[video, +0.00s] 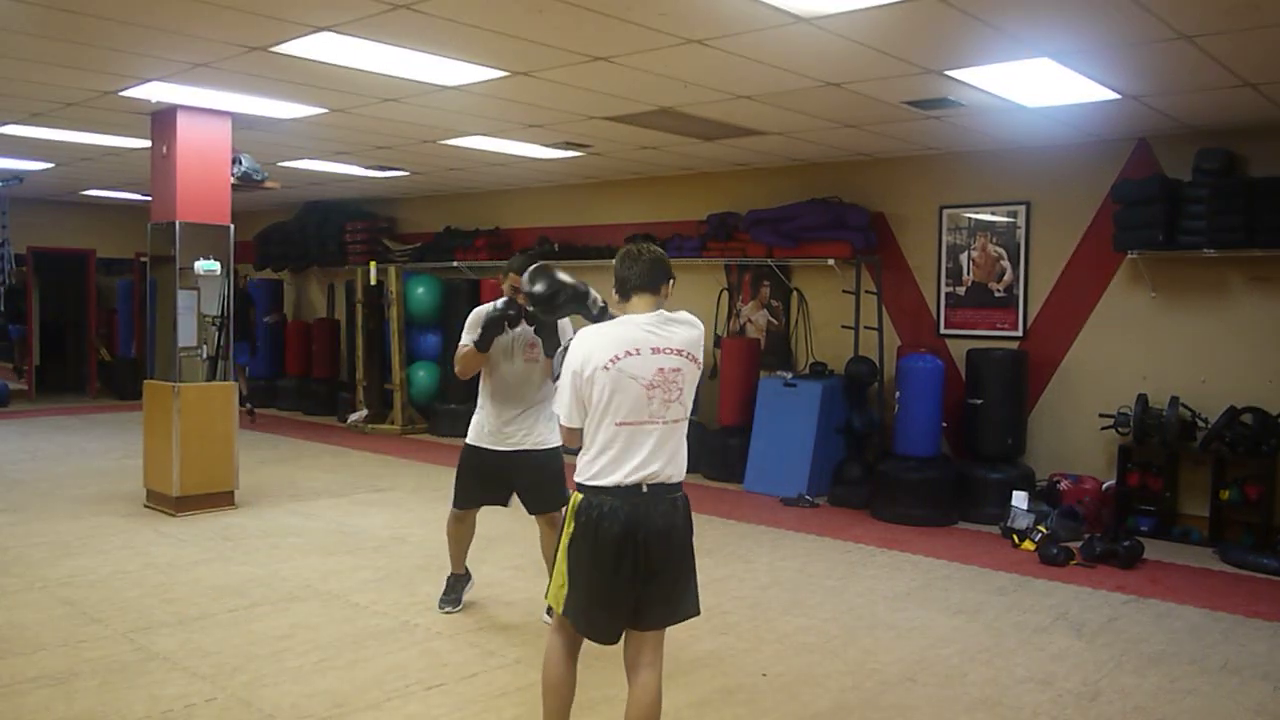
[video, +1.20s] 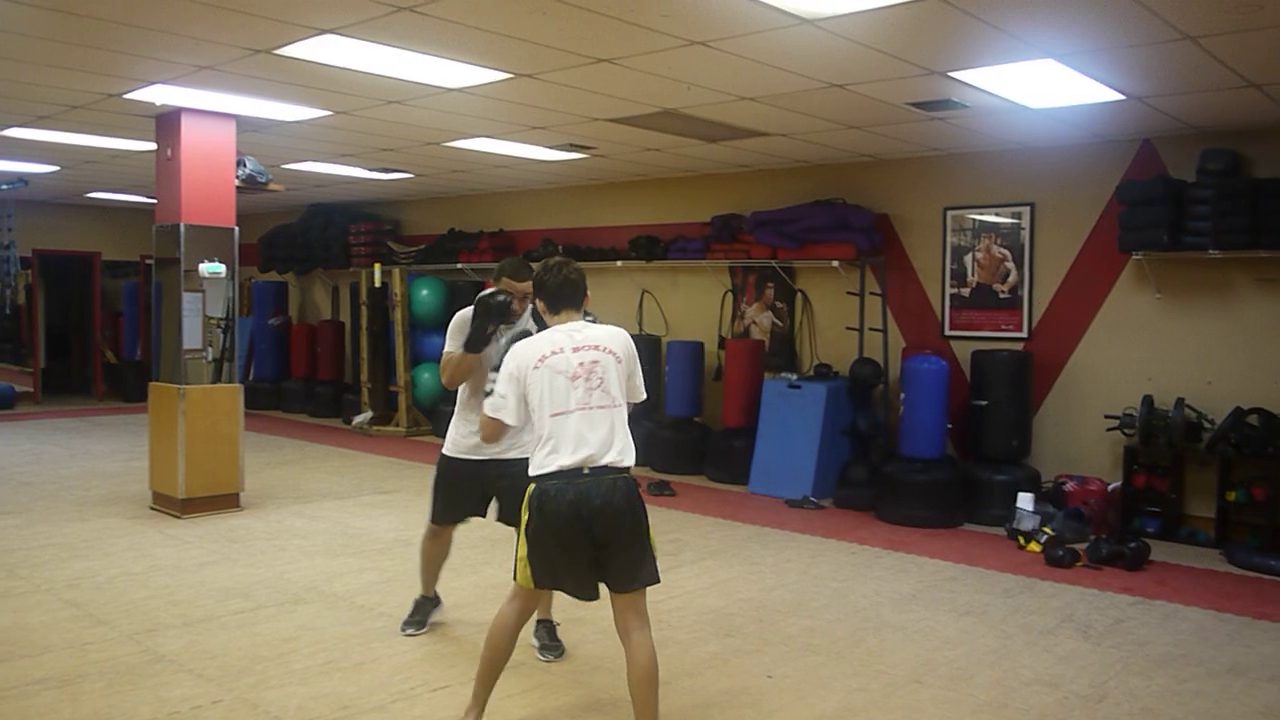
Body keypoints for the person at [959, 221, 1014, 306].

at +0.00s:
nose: (983, 241)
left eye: (985, 237)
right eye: (979, 237)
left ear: (990, 237)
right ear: (975, 237)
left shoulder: (998, 252)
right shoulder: (971, 253)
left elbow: (1009, 272)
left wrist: (1000, 286)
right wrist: (966, 279)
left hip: (992, 288)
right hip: (975, 287)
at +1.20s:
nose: (987, 242)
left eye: (990, 238)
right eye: (983, 238)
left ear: (995, 238)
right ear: (979, 238)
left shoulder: (1003, 254)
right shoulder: (975, 254)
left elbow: (1014, 273)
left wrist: (1005, 287)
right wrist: (971, 280)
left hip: (995, 289)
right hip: (979, 288)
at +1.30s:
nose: (995, 240)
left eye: (999, 236)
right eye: (992, 236)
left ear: (1004, 237)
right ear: (988, 237)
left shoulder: (1012, 252)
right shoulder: (985, 251)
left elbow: (1023, 272)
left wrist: (1015, 286)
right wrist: (979, 278)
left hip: (1004, 288)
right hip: (988, 287)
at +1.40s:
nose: (1006, 240)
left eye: (1009, 236)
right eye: (1003, 236)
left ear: (1014, 237)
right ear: (999, 237)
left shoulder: (1022, 252)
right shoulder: (994, 253)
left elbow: (1033, 272)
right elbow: (991, 269)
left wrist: (1025, 286)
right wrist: (990, 279)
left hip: (1014, 287)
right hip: (998, 286)